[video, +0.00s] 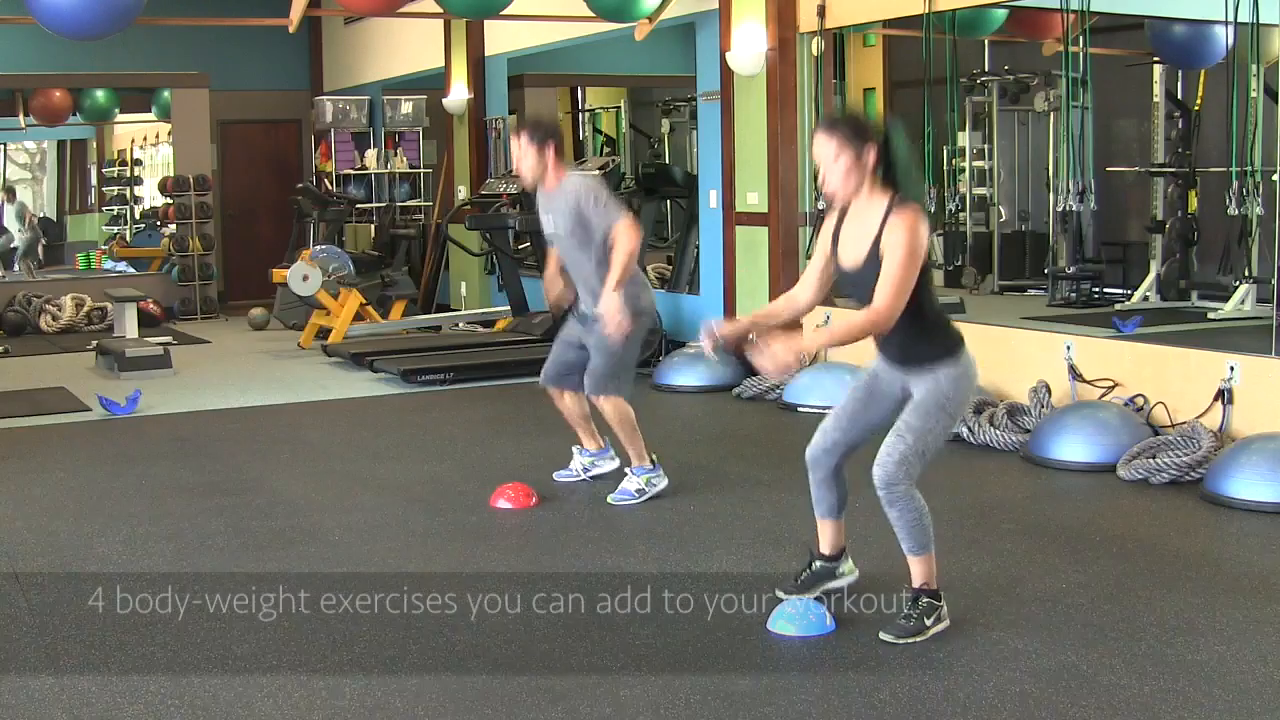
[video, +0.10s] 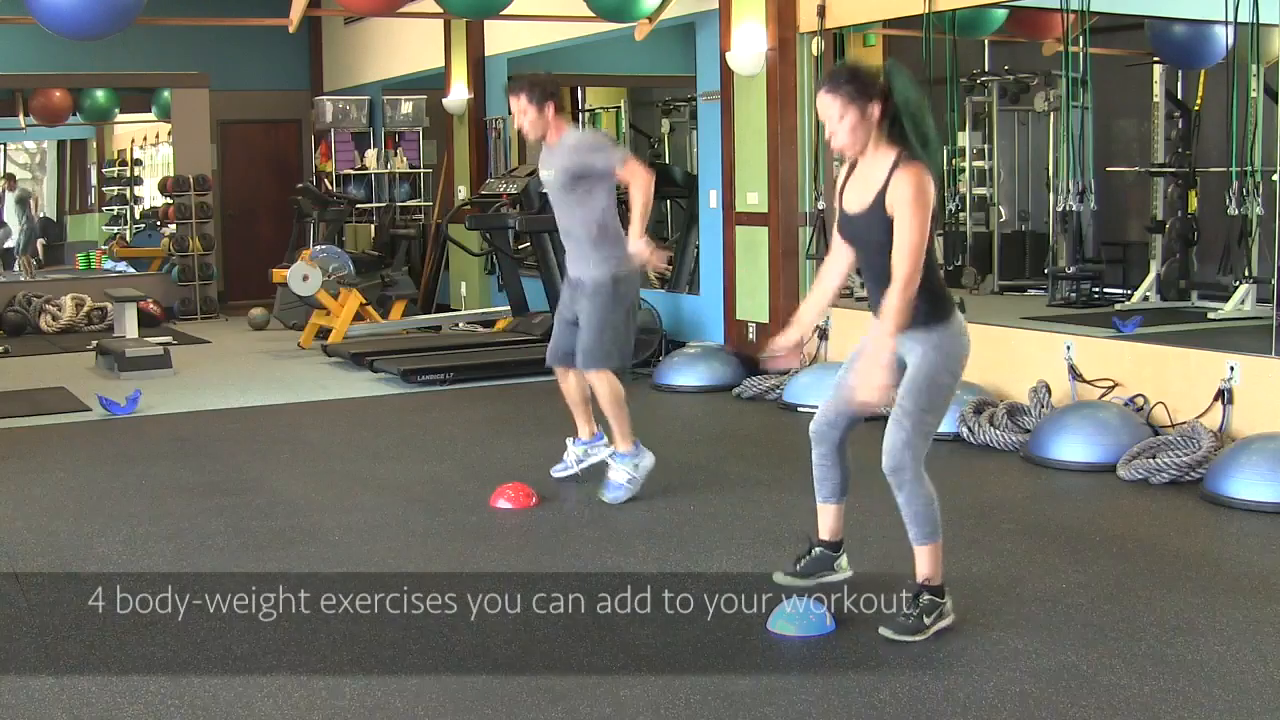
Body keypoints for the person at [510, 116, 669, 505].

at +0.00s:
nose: (515, 164)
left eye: (521, 154)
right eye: (514, 154)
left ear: (548, 151)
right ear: (538, 154)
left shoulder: (584, 186)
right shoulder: (544, 195)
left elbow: (628, 231)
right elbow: (560, 240)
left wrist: (612, 292)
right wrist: (552, 277)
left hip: (621, 307)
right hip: (586, 308)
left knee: (603, 389)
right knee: (558, 381)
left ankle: (646, 470)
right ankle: (596, 452)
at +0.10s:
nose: (518, 124)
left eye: (521, 114)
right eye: (515, 115)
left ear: (548, 109)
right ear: (536, 111)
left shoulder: (583, 144)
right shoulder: (550, 153)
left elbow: (642, 176)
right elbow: (588, 207)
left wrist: (636, 238)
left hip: (608, 276)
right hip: (577, 277)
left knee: (595, 366)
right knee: (562, 361)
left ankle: (630, 453)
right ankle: (589, 439)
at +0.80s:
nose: (514, 165)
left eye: (517, 154)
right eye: (511, 156)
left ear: (544, 147)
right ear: (542, 149)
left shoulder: (581, 182)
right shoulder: (551, 188)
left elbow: (569, 237)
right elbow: (563, 236)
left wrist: (517, 220)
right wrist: (518, 221)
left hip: (624, 303)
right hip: (594, 302)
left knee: (594, 388)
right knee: (559, 378)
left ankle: (638, 474)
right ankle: (591, 456)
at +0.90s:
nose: (513, 216)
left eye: (517, 205)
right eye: (510, 207)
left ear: (545, 197)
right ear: (538, 200)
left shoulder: (579, 233)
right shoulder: (547, 235)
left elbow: (553, 289)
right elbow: (546, 280)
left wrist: (510, 250)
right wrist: (511, 260)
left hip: (636, 337)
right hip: (600, 334)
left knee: (593, 402)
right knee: (548, 389)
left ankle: (639, 476)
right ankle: (591, 457)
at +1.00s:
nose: (517, 260)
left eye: (522, 253)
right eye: (514, 254)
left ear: (547, 245)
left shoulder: (580, 275)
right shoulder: (542, 276)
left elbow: (543, 325)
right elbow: (511, 312)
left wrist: (512, 277)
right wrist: (492, 284)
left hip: (645, 359)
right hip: (604, 357)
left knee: (593, 401)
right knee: (547, 389)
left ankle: (639, 477)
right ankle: (591, 458)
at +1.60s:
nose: (542, 126)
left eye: (547, 114)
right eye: (533, 120)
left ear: (569, 104)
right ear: (528, 122)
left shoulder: (615, 143)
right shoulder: (551, 156)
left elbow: (659, 187)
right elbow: (577, 206)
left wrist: (618, 219)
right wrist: (574, 249)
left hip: (624, 278)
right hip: (578, 277)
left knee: (620, 369)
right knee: (552, 358)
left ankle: (637, 461)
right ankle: (569, 443)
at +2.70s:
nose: (523, 214)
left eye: (530, 205)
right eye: (522, 205)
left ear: (558, 207)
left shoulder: (589, 241)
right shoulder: (538, 246)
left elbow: (593, 298)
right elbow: (514, 283)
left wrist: (542, 330)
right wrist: (497, 323)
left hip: (640, 336)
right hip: (599, 337)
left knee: (609, 395)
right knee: (553, 391)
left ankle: (654, 471)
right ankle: (598, 453)